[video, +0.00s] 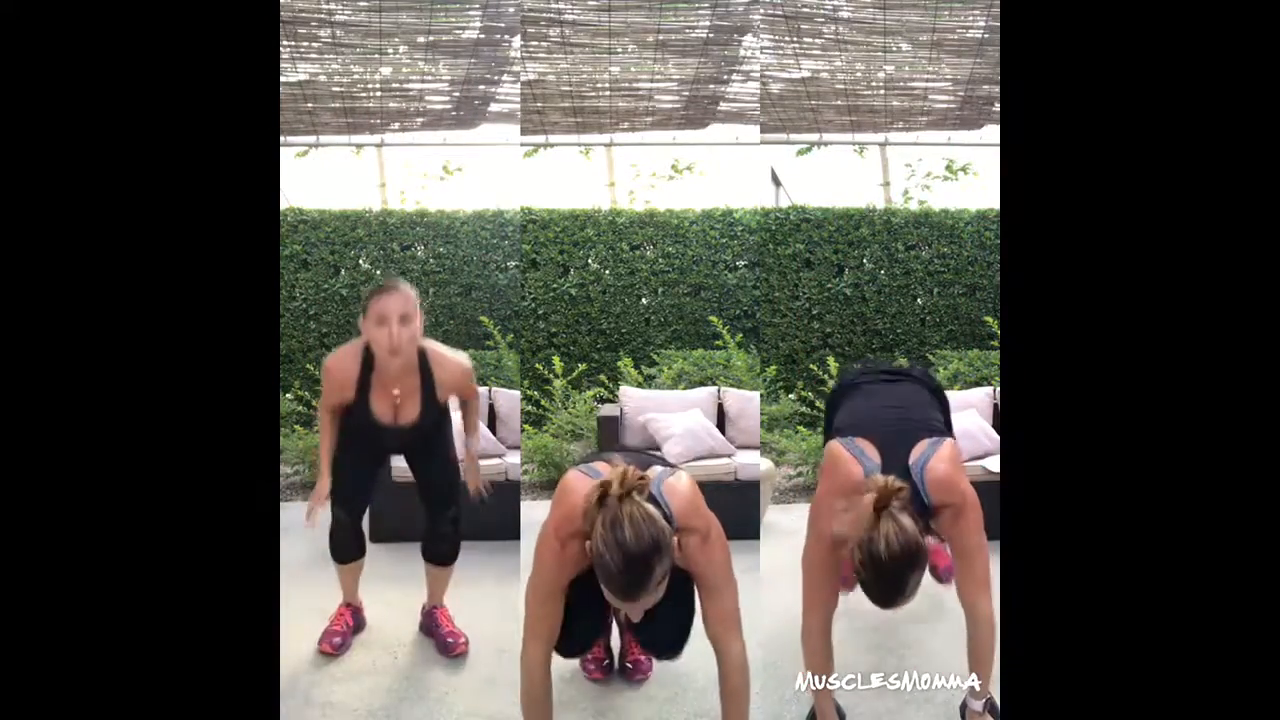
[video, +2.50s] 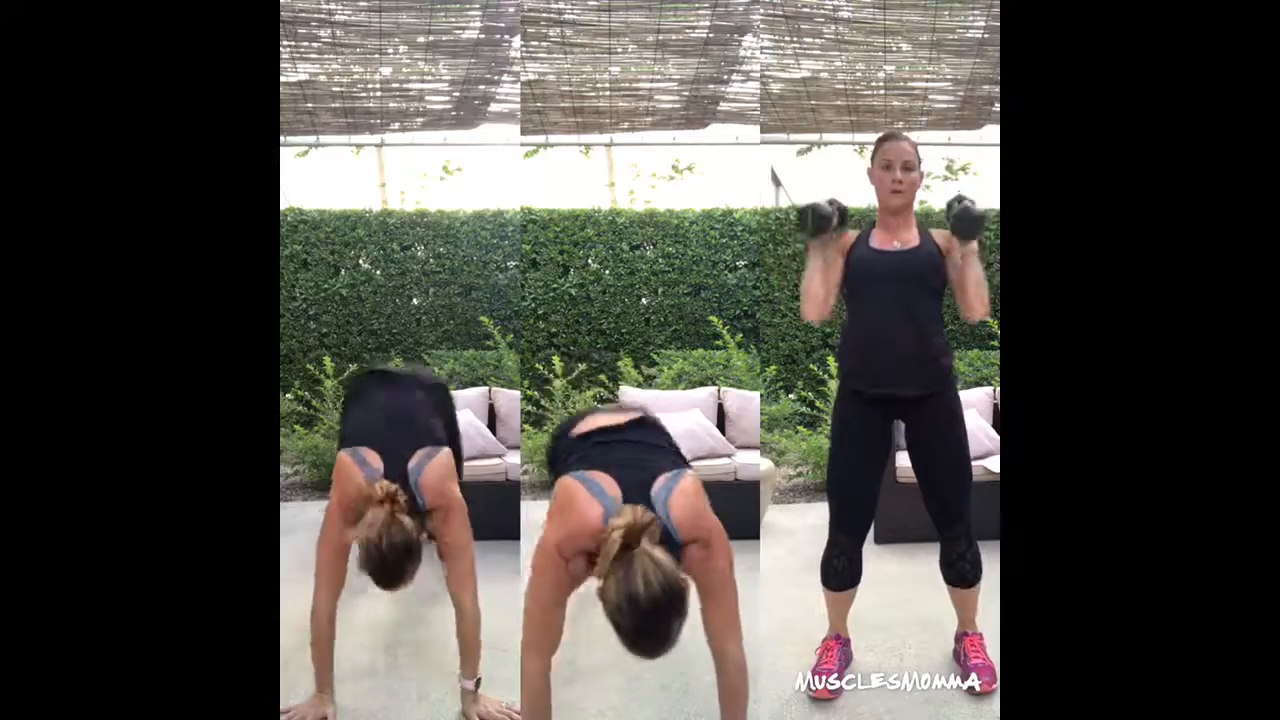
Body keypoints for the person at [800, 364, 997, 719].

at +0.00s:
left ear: (928, 543)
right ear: (854, 552)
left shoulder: (951, 491)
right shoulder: (833, 495)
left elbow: (978, 605)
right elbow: (816, 616)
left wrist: (979, 696)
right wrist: (823, 706)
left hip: (923, 386)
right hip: (850, 389)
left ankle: (935, 541)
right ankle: (841, 559)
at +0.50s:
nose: (891, 476)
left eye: (903, 459)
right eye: (877, 461)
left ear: (922, 444)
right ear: (860, 451)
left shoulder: (949, 464)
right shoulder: (840, 456)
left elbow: (991, 561)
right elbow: (813, 572)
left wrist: (986, 655)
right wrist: (821, 685)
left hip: (928, 492)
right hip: (855, 491)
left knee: (952, 561)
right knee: (813, 568)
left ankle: (956, 640)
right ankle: (809, 656)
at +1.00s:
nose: (877, 251)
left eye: (886, 239)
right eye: (863, 241)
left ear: (902, 246)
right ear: (846, 251)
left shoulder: (929, 303)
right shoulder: (825, 305)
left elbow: (958, 391)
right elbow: (807, 396)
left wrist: (957, 336)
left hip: (914, 432)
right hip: (846, 434)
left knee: (953, 538)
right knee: (809, 548)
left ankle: (958, 641)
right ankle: (811, 649)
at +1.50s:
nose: (891, 164)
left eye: (900, 156)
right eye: (880, 156)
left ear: (914, 168)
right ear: (864, 169)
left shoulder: (935, 231)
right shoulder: (842, 227)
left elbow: (989, 218)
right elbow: (780, 211)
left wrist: (966, 155)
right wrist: (805, 148)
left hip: (924, 391)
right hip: (855, 391)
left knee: (952, 519)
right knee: (830, 519)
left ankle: (963, 638)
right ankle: (814, 645)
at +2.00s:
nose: (896, 164)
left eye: (905, 157)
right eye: (886, 157)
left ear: (918, 173)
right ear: (869, 172)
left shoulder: (938, 226)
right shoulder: (848, 224)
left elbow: (961, 139)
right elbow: (810, 135)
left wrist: (955, 66)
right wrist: (821, 60)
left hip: (929, 395)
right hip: (859, 395)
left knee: (953, 529)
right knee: (839, 527)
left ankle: (967, 637)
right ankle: (835, 640)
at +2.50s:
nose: (898, 176)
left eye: (908, 167)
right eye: (887, 167)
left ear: (920, 177)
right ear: (871, 176)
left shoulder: (941, 241)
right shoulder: (847, 241)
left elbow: (976, 311)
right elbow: (813, 310)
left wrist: (969, 244)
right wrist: (820, 243)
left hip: (932, 395)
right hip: (861, 396)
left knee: (956, 526)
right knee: (845, 532)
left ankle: (969, 636)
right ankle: (837, 640)